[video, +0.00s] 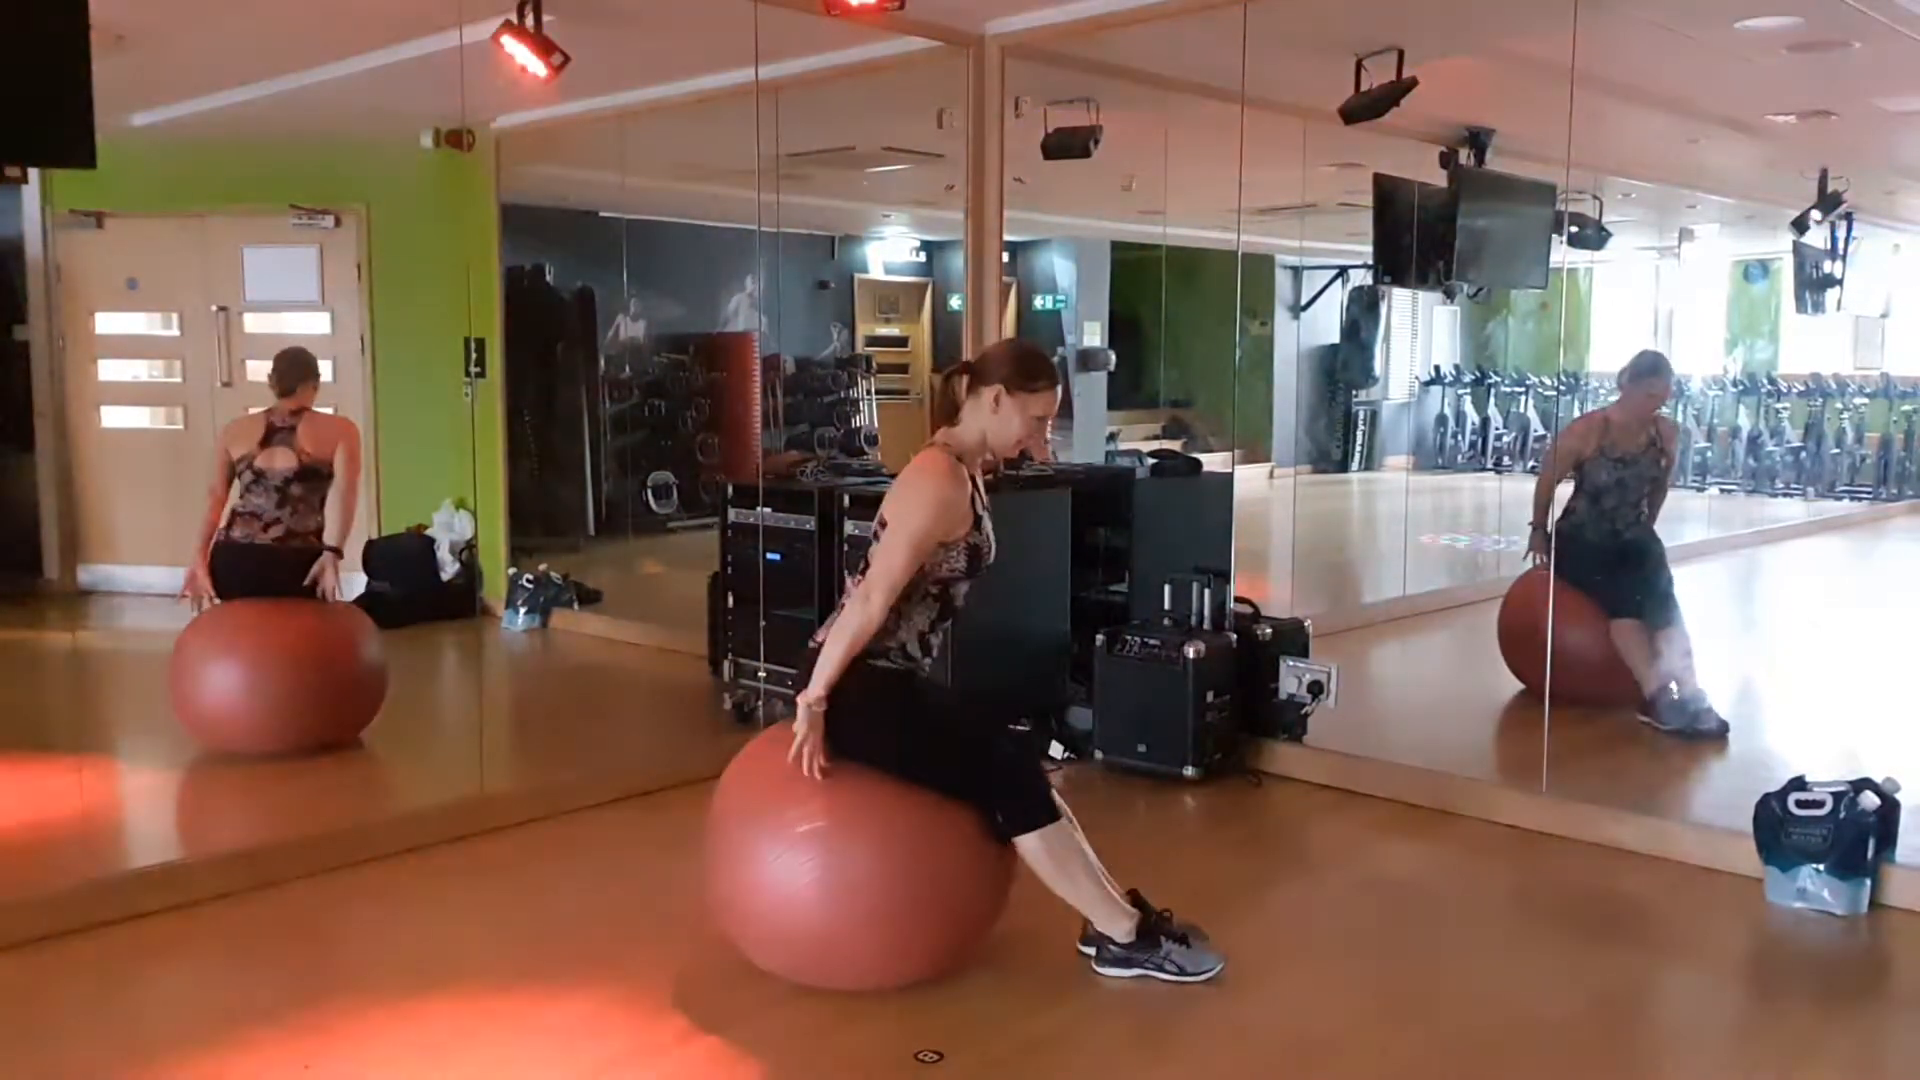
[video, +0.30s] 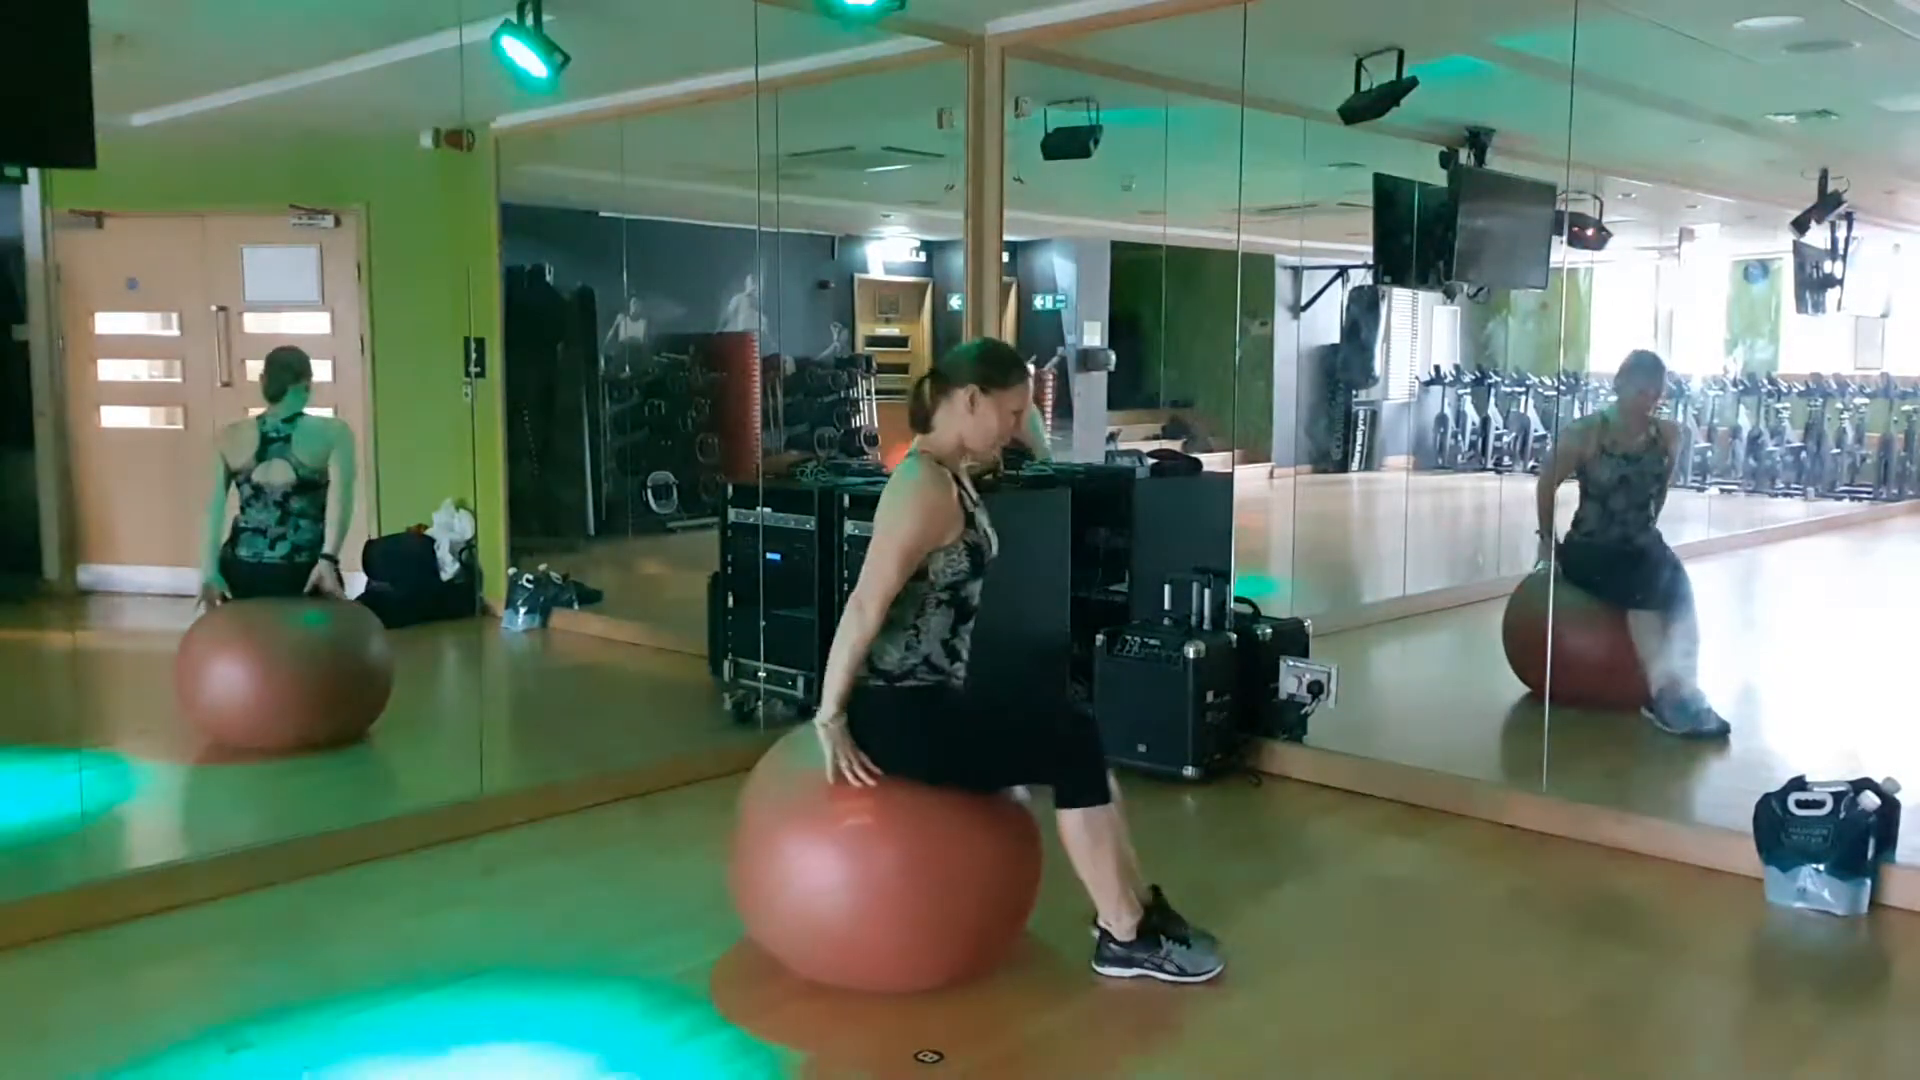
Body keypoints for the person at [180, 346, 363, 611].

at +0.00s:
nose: (315, 390)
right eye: (315, 383)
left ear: (273, 383)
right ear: (314, 384)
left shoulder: (235, 430)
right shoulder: (339, 431)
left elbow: (216, 498)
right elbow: (342, 494)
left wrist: (200, 558)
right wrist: (331, 553)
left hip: (232, 559)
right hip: (298, 561)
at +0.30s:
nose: (311, 387)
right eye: (310, 380)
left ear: (264, 384)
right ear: (306, 384)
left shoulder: (232, 436)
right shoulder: (333, 432)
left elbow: (215, 509)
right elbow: (341, 500)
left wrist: (209, 575)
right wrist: (329, 558)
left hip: (241, 569)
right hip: (302, 569)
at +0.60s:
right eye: (300, 379)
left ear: (256, 383)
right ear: (300, 383)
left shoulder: (228, 436)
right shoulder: (330, 432)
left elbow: (217, 507)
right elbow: (345, 498)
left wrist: (214, 574)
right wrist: (337, 560)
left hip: (247, 568)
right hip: (309, 567)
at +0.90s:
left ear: (263, 393)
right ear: (307, 395)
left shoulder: (235, 446)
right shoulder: (334, 445)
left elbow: (222, 516)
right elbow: (347, 515)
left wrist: (229, 579)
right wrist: (343, 571)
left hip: (257, 575)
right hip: (315, 574)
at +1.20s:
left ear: (260, 413)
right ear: (306, 410)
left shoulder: (236, 463)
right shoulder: (337, 462)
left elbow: (231, 536)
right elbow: (358, 539)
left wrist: (242, 593)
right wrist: (343, 586)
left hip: (264, 590)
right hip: (323, 590)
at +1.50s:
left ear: (263, 428)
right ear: (308, 428)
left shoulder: (242, 475)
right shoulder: (341, 478)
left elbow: (237, 545)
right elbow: (362, 552)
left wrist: (247, 595)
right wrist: (340, 595)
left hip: (269, 601)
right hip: (326, 600)